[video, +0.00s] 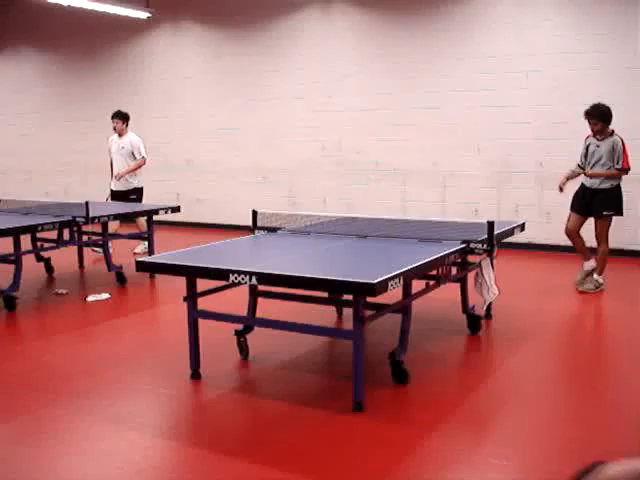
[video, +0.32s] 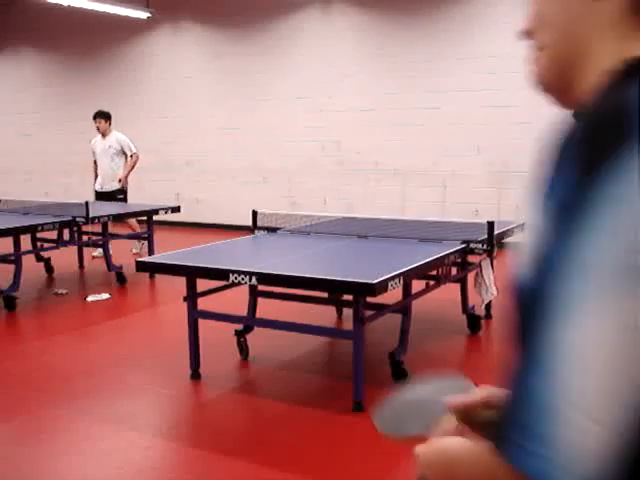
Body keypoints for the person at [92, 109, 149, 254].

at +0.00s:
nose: (114, 126)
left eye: (117, 123)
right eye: (113, 123)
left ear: (125, 124)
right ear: (113, 124)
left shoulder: (134, 140)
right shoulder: (112, 140)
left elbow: (142, 160)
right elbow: (112, 161)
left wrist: (124, 172)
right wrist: (112, 180)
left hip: (133, 186)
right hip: (116, 186)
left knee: (137, 216)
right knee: (114, 218)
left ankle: (146, 240)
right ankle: (105, 242)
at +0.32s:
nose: (97, 126)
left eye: (99, 123)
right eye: (96, 123)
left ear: (108, 122)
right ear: (95, 124)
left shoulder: (119, 138)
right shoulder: (95, 142)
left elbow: (134, 155)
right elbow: (95, 163)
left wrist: (125, 175)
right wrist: (96, 180)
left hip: (117, 186)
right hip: (101, 186)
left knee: (124, 215)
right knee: (104, 219)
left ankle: (142, 237)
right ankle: (104, 245)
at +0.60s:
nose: (88, 128)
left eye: (90, 125)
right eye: (86, 125)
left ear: (99, 123)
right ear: (86, 126)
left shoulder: (111, 139)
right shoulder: (86, 142)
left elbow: (123, 158)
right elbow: (82, 162)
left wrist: (113, 177)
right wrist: (72, 180)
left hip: (108, 187)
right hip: (93, 189)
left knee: (112, 217)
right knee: (99, 220)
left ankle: (126, 242)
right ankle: (102, 245)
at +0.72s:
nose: (85, 130)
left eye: (87, 126)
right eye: (83, 127)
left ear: (95, 124)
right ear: (81, 127)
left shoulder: (107, 140)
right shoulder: (83, 142)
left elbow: (118, 160)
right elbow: (77, 161)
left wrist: (106, 178)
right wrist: (67, 176)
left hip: (104, 188)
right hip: (90, 189)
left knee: (106, 221)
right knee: (99, 221)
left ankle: (106, 247)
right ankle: (104, 247)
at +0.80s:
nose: (81, 133)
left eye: (83, 129)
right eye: (79, 130)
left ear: (91, 127)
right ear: (78, 130)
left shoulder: (104, 143)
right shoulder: (80, 143)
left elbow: (111, 164)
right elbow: (76, 163)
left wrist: (97, 180)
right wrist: (66, 179)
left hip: (103, 186)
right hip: (89, 186)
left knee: (103, 220)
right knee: (94, 220)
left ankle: (104, 248)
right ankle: (99, 247)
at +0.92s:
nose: (78, 136)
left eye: (80, 132)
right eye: (76, 133)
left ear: (88, 129)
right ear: (75, 132)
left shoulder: (100, 145)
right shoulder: (78, 145)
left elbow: (107, 168)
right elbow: (76, 164)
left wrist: (93, 183)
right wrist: (70, 182)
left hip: (101, 187)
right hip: (88, 187)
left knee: (97, 222)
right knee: (93, 222)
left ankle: (100, 250)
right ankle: (99, 249)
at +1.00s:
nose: (75, 140)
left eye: (78, 136)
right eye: (73, 137)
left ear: (85, 133)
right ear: (71, 136)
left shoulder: (96, 148)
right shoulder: (77, 146)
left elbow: (103, 170)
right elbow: (78, 166)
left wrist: (90, 186)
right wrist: (76, 184)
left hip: (101, 189)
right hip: (89, 189)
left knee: (97, 222)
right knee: (94, 222)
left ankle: (100, 251)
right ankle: (98, 250)